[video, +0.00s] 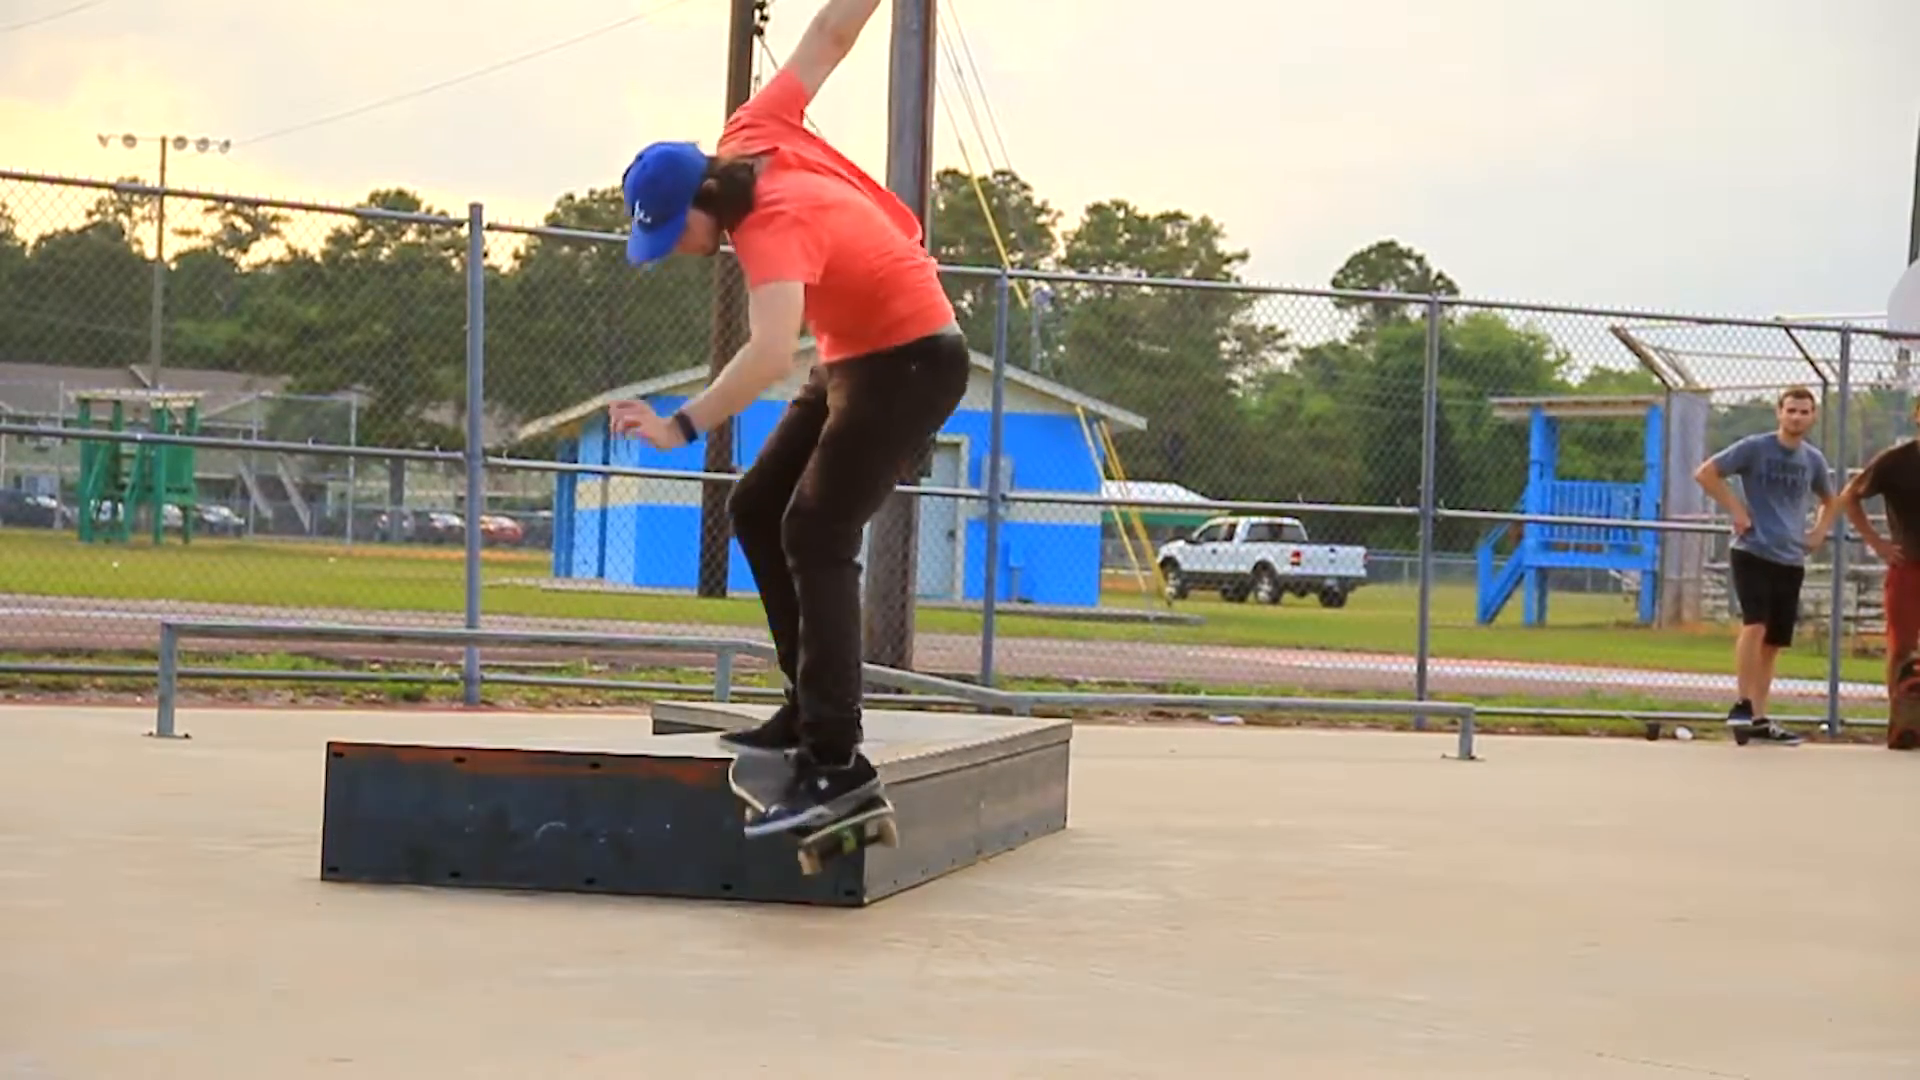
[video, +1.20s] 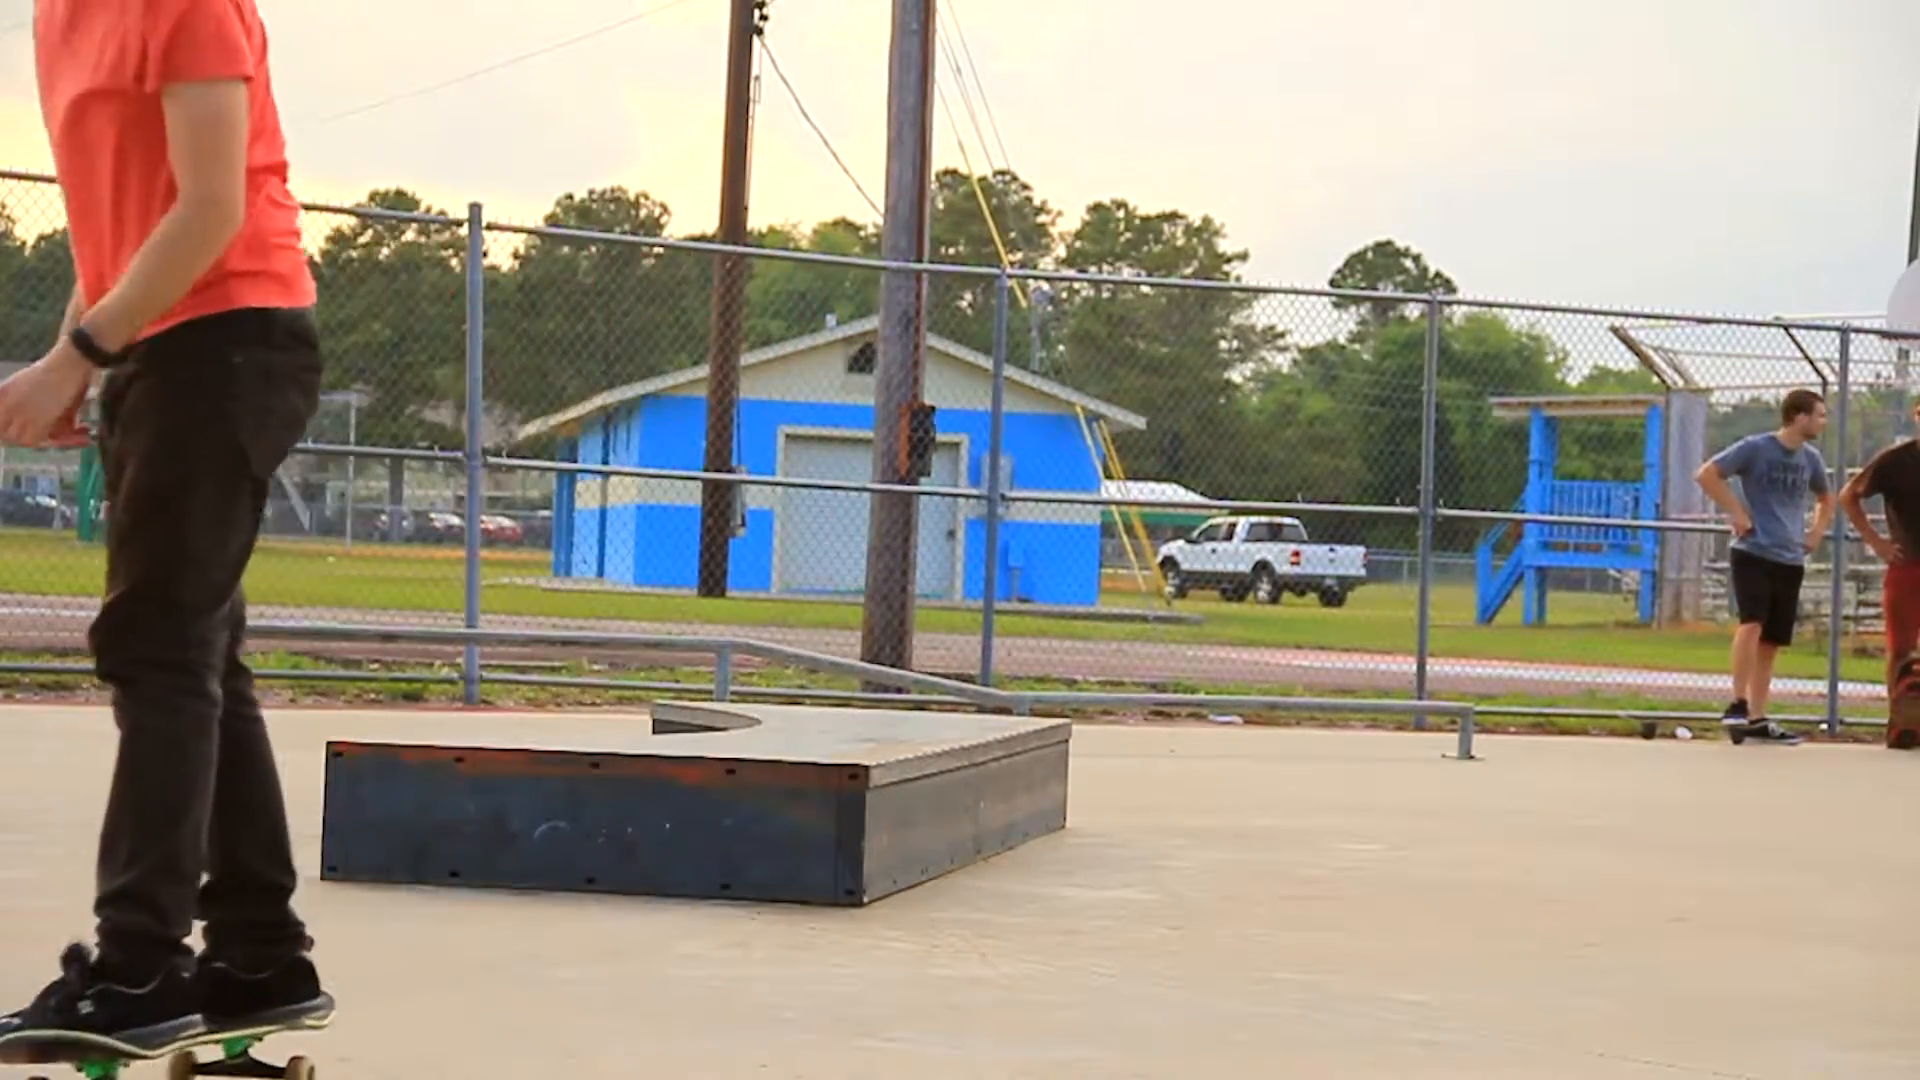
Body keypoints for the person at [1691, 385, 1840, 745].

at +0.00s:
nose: (1798, 417)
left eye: (1805, 412)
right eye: (1792, 410)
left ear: (1812, 417)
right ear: (1779, 413)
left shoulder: (1814, 459)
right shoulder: (1756, 447)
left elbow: (1831, 500)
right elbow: (1706, 473)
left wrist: (1818, 532)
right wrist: (1738, 512)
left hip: (1790, 557)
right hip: (1753, 550)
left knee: (1773, 641)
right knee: (1756, 624)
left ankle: (1758, 716)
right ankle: (1743, 705)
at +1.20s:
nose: (1824, 422)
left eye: (1824, 416)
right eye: (1820, 415)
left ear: (1806, 419)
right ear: (1798, 417)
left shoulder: (1811, 458)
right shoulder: (1756, 447)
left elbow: (1827, 499)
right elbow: (1707, 474)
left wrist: (1817, 532)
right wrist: (1737, 513)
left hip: (1790, 557)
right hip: (1753, 551)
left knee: (1771, 641)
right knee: (1752, 624)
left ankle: (1757, 716)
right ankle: (1739, 704)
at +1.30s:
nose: (1808, 401)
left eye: (1815, 395)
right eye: (1802, 395)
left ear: (1828, 399)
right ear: (1794, 400)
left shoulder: (1848, 444)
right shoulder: (1774, 445)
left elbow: (1885, 483)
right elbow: (1761, 502)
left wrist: (1859, 515)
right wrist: (1758, 554)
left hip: (1825, 556)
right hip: (1782, 554)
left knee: (1817, 638)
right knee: (1774, 636)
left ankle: (1807, 713)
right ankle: (1770, 711)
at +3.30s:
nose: (1797, 402)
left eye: (1804, 395)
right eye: (1792, 395)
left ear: (1817, 400)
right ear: (1782, 400)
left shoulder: (1840, 443)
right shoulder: (1764, 447)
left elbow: (1883, 480)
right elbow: (1750, 504)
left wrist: (1853, 514)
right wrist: (1752, 555)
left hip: (1822, 554)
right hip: (1778, 552)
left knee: (1816, 639)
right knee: (1773, 638)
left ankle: (1807, 714)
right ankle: (1770, 712)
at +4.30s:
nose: (1807, 404)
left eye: (1814, 398)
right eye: (1801, 398)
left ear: (1824, 402)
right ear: (1791, 402)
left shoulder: (1845, 444)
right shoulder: (1769, 447)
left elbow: (1884, 480)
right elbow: (1754, 505)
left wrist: (1856, 514)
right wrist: (1754, 556)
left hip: (1826, 555)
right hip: (1781, 553)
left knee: (1817, 639)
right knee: (1775, 638)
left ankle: (1807, 714)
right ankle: (1770, 712)